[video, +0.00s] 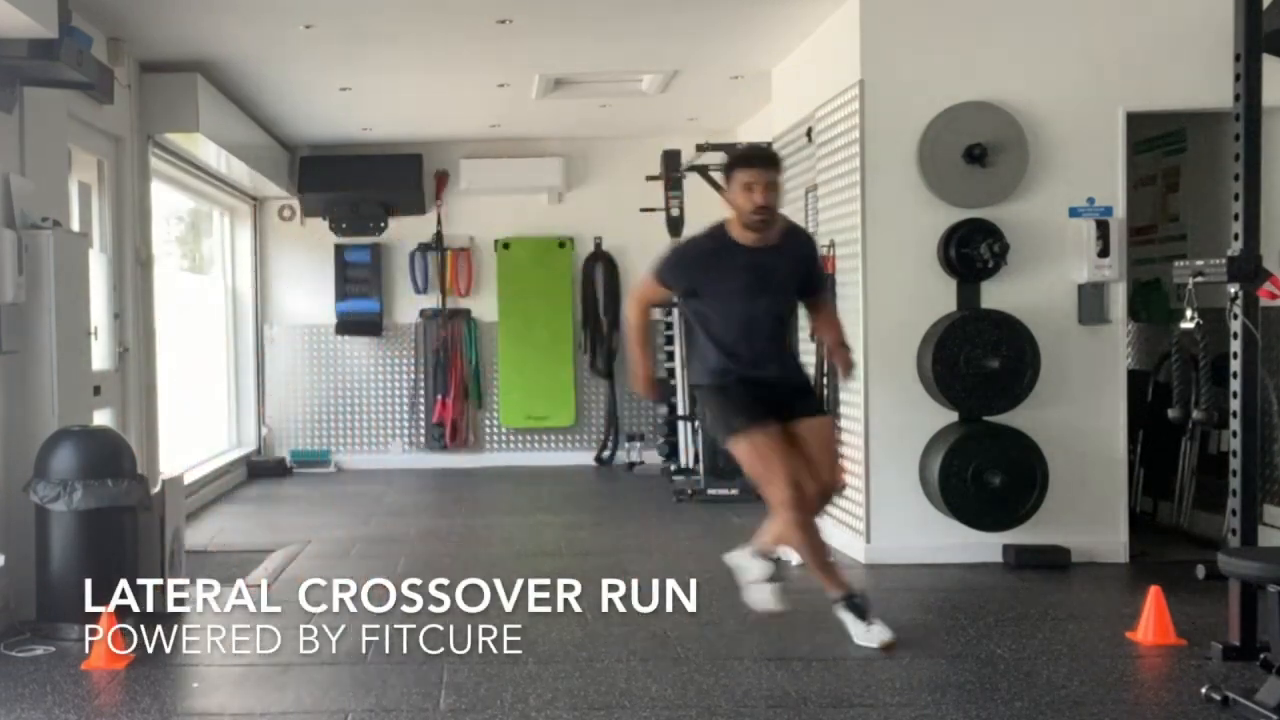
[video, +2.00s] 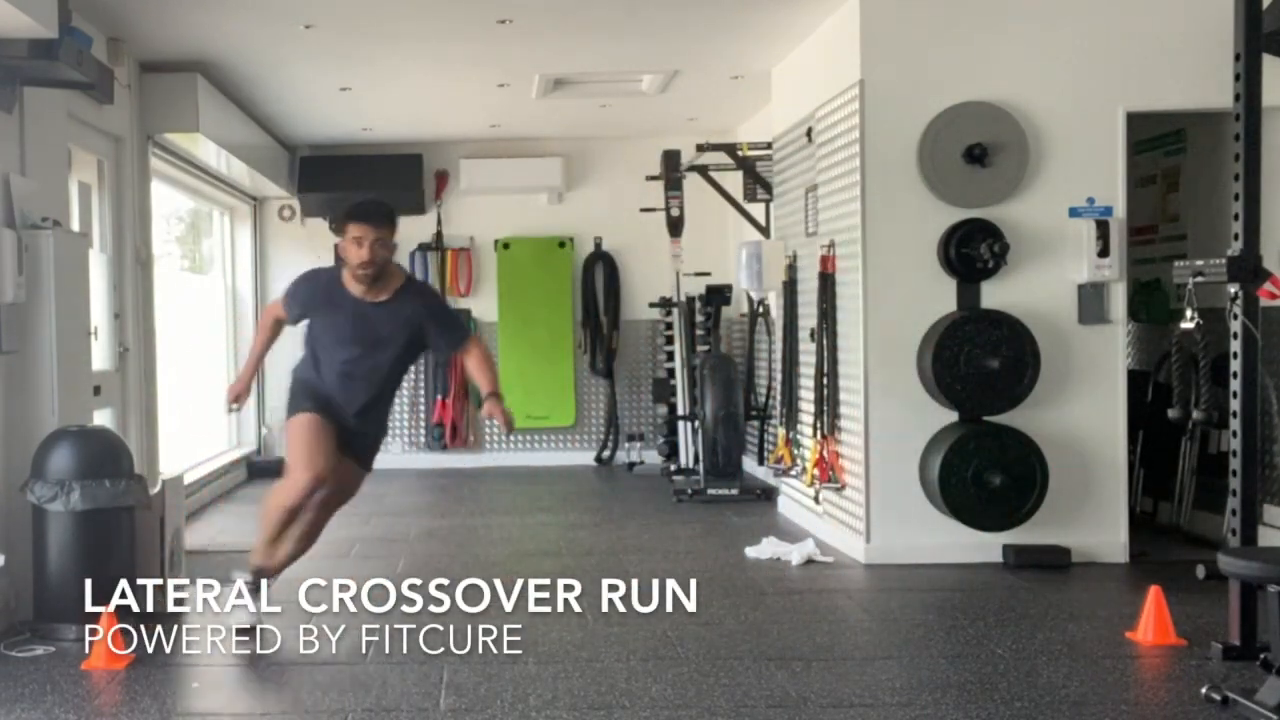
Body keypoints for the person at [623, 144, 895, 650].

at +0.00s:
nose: (761, 198)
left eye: (769, 187)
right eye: (749, 188)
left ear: (779, 189)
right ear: (727, 192)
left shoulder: (797, 245)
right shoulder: (697, 256)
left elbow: (819, 301)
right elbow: (639, 299)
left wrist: (833, 337)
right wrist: (642, 369)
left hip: (786, 378)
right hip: (727, 385)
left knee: (824, 480)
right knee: (787, 491)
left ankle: (755, 553)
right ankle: (846, 600)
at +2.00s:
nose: (368, 254)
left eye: (379, 243)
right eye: (357, 242)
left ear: (393, 246)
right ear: (340, 244)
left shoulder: (420, 302)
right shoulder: (318, 286)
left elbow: (469, 345)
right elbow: (275, 315)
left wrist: (491, 395)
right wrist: (246, 376)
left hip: (365, 424)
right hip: (314, 397)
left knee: (320, 510)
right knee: (309, 474)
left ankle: (260, 580)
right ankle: (256, 568)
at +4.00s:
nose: (497, 226)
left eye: (506, 214)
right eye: (487, 215)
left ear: (521, 213)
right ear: (474, 217)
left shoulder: (557, 264)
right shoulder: (464, 261)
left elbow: (600, 313)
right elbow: (422, 301)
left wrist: (628, 357)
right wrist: (413, 314)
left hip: (534, 381)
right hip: (481, 382)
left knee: (482, 469)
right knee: (480, 487)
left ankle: (449, 572)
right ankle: (562, 555)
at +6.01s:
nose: (1005, 284)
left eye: (1015, 271)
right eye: (992, 272)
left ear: (1029, 271)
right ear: (972, 275)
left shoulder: (1044, 308)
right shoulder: (944, 319)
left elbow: (1075, 359)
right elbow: (885, 383)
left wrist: (1099, 419)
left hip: (1002, 404)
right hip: (933, 408)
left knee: (1072, 484)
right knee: (979, 478)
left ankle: (1085, 578)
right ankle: (969, 567)